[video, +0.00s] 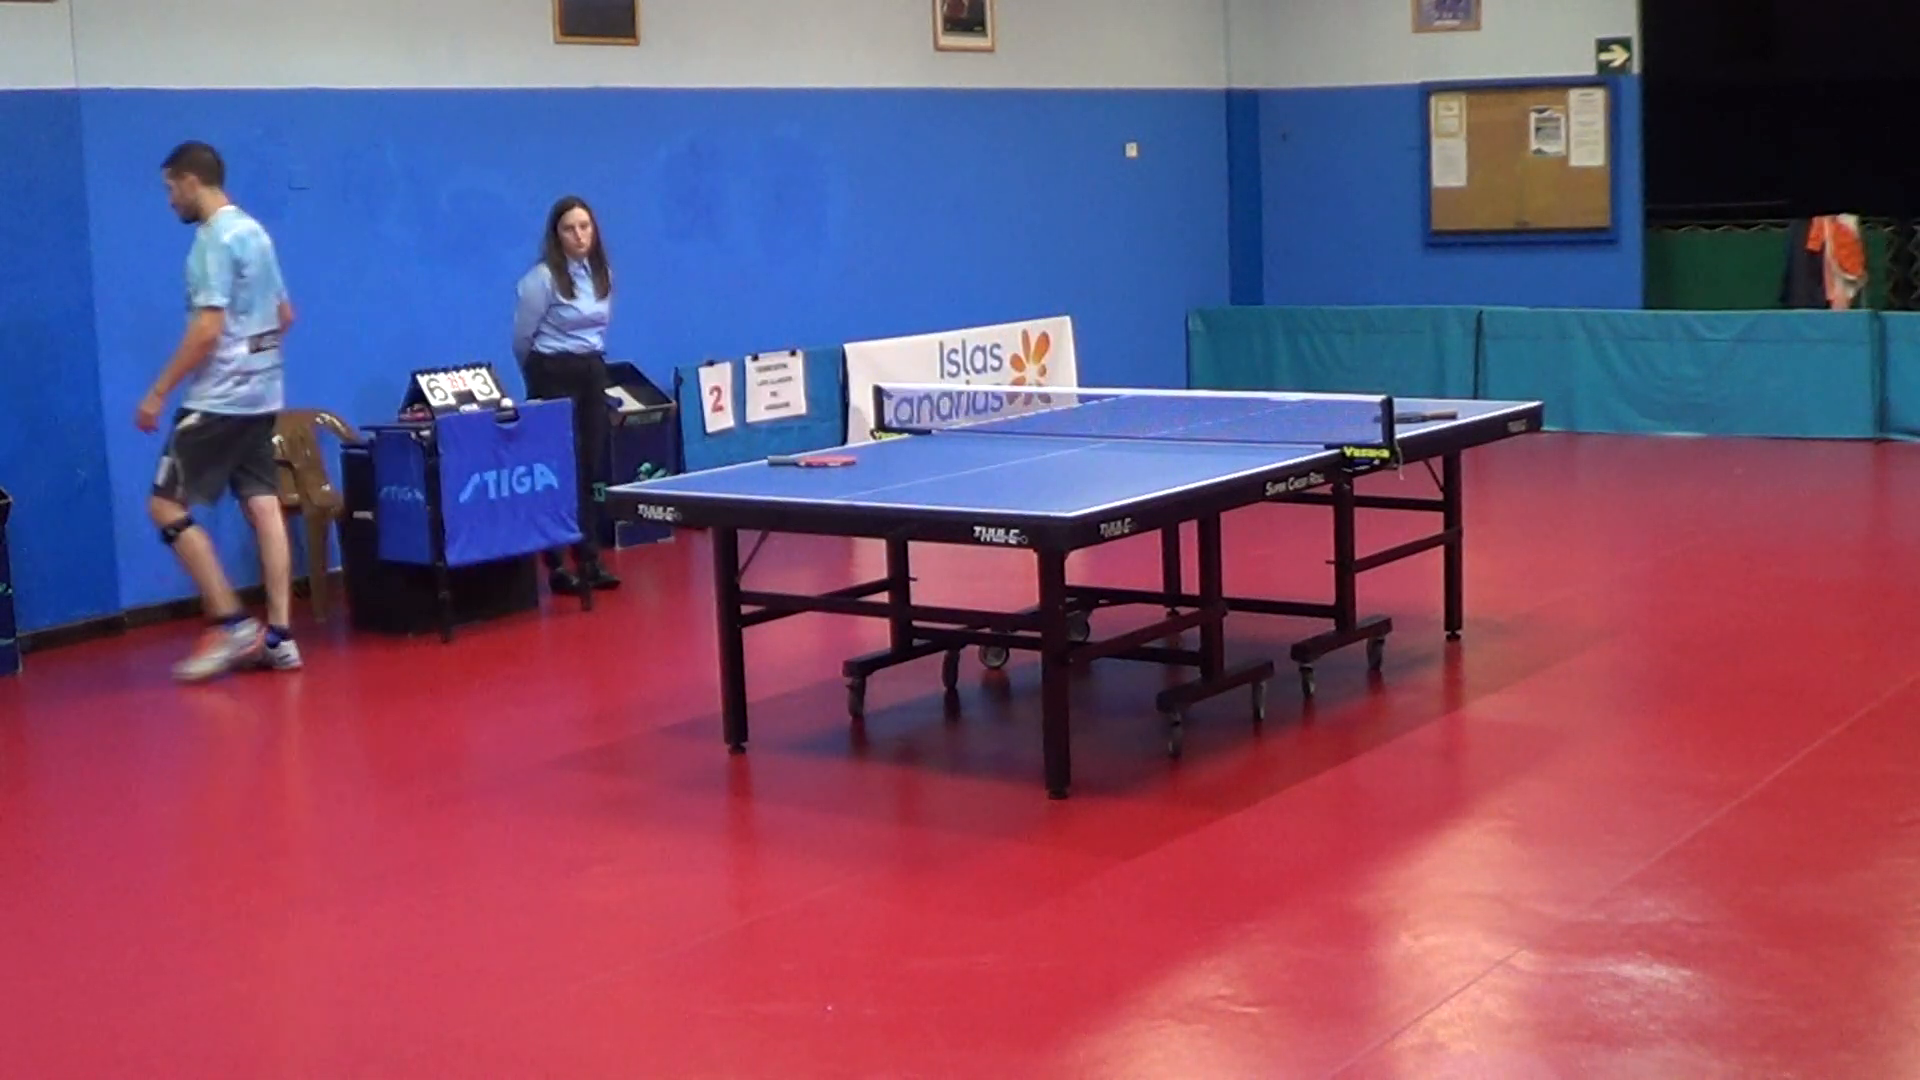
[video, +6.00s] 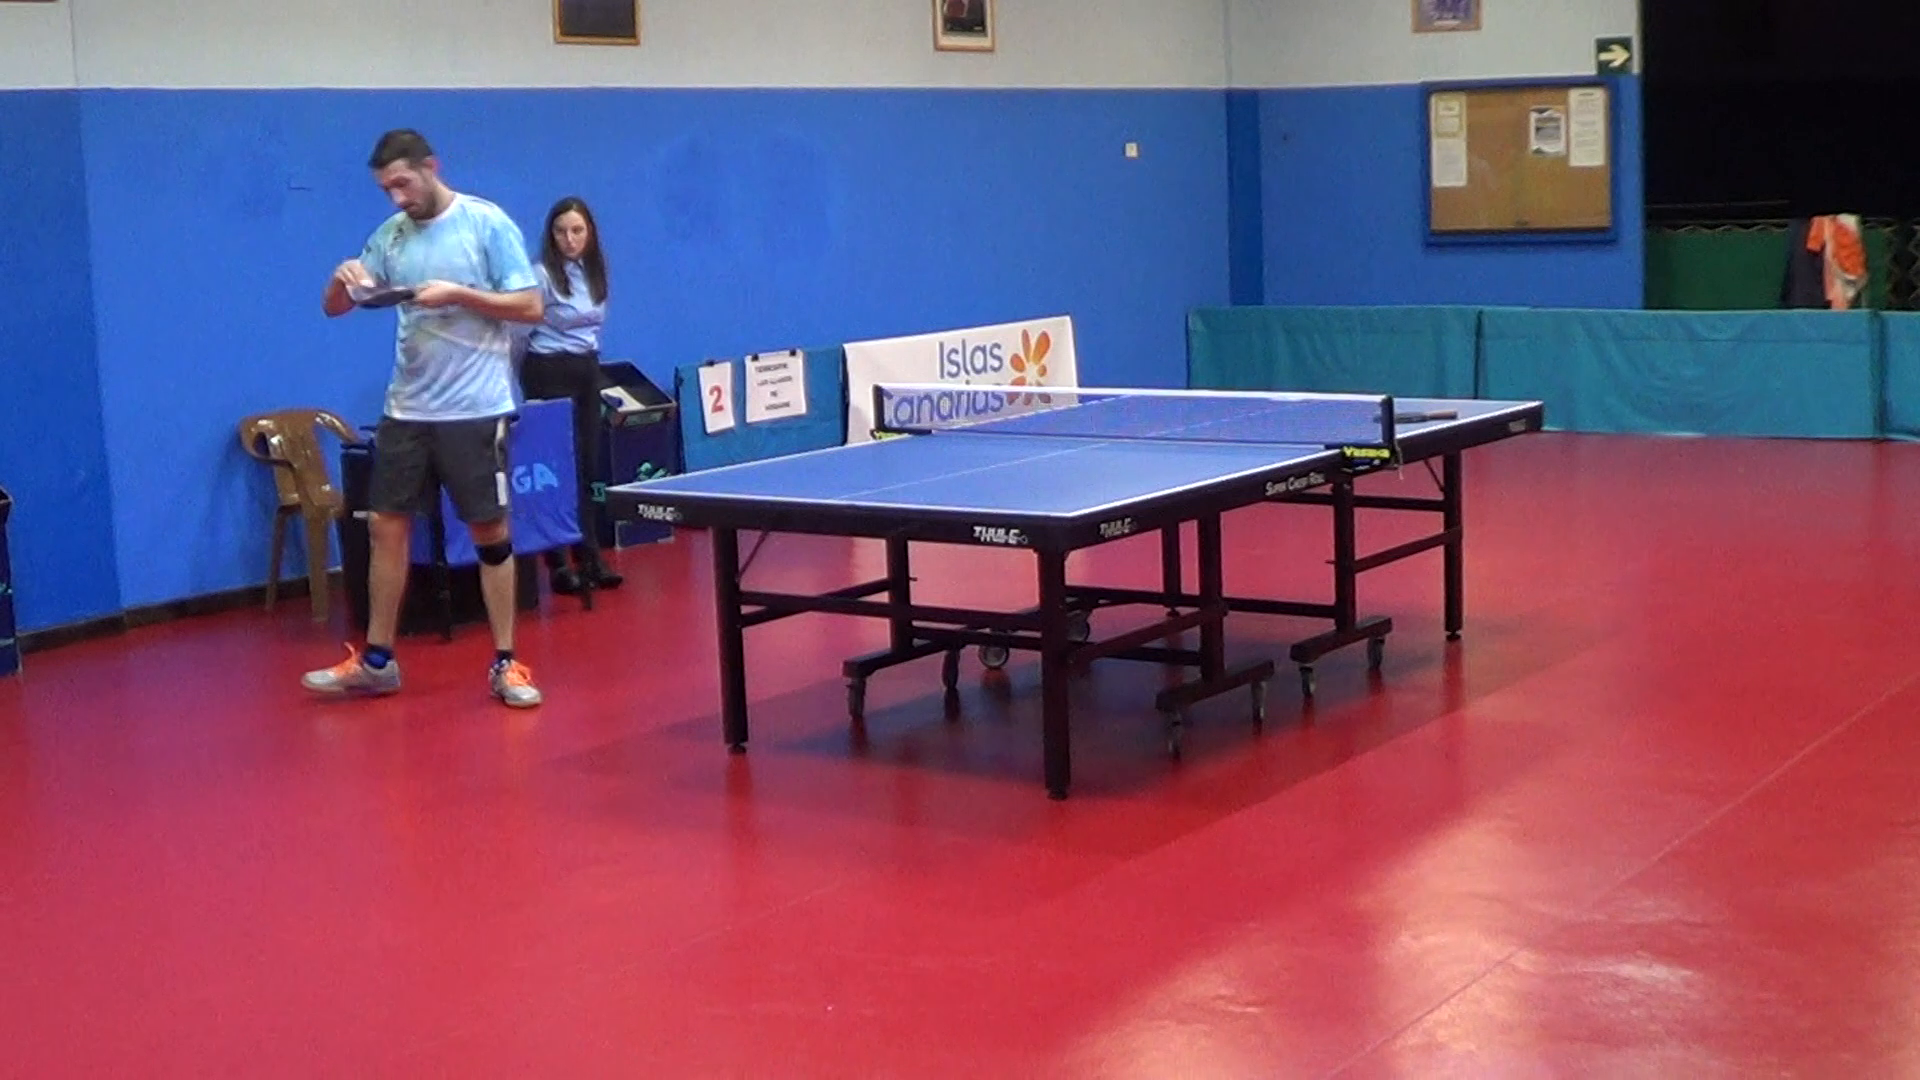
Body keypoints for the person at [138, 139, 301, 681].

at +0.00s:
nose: (169, 199)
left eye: (171, 187)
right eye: (168, 188)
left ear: (192, 183)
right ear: (210, 181)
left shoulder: (214, 239)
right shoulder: (254, 231)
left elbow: (208, 329)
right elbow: (283, 316)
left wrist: (158, 393)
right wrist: (234, 352)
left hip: (220, 401)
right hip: (262, 400)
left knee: (166, 506)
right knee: (265, 506)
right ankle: (280, 634)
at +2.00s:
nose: (291, 186)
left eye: (293, 177)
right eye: (279, 177)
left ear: (292, 186)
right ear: (245, 184)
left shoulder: (303, 247)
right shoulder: (205, 249)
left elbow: (321, 318)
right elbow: (182, 335)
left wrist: (315, 353)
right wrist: (257, 358)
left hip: (300, 412)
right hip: (232, 421)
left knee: (335, 520)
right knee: (223, 525)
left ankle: (356, 640)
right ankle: (211, 640)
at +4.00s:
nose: (717, 191)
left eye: (722, 181)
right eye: (712, 178)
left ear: (696, 170)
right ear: (678, 162)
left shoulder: (703, 237)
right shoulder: (596, 211)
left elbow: (719, 335)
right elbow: (519, 276)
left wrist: (760, 421)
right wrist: (565, 329)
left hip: (674, 419)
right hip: (599, 413)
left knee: (666, 549)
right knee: (582, 548)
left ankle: (673, 691)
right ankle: (603, 659)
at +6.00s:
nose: (398, 196)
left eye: (404, 182)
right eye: (389, 187)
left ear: (432, 168)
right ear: (384, 187)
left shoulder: (488, 223)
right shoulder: (389, 236)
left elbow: (531, 306)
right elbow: (335, 308)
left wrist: (458, 295)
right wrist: (341, 280)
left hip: (476, 407)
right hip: (407, 408)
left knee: (490, 530)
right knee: (386, 524)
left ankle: (506, 662)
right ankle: (378, 660)